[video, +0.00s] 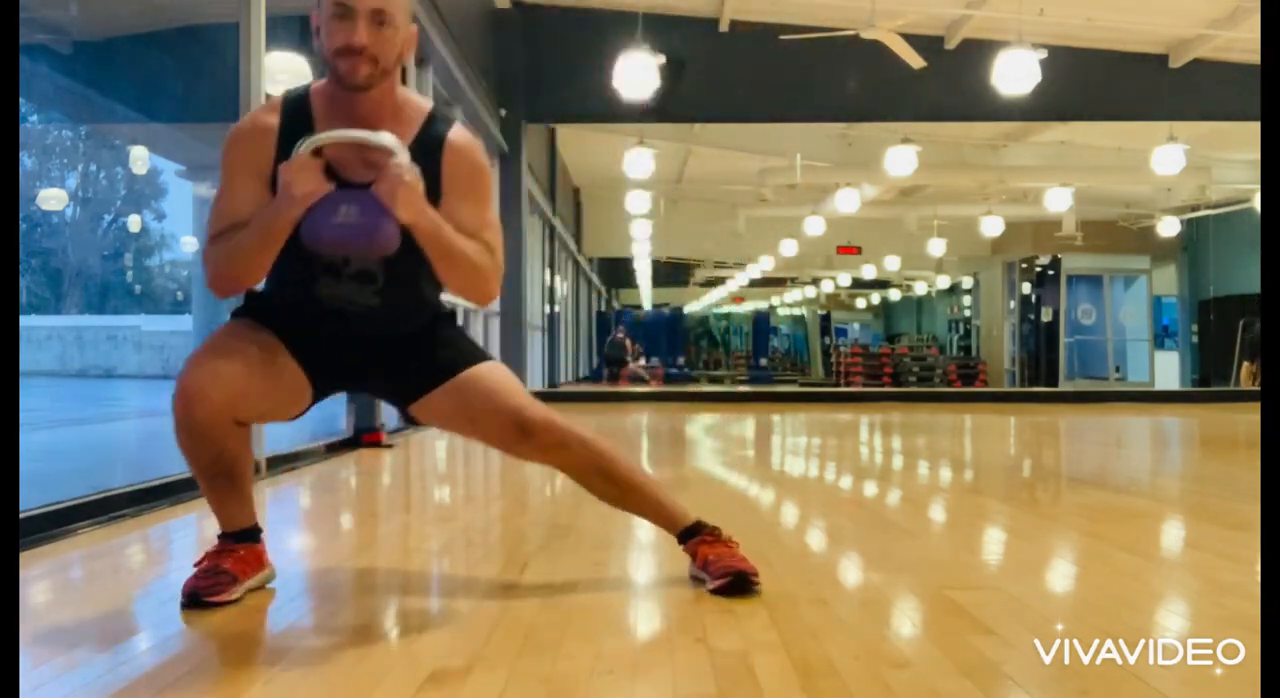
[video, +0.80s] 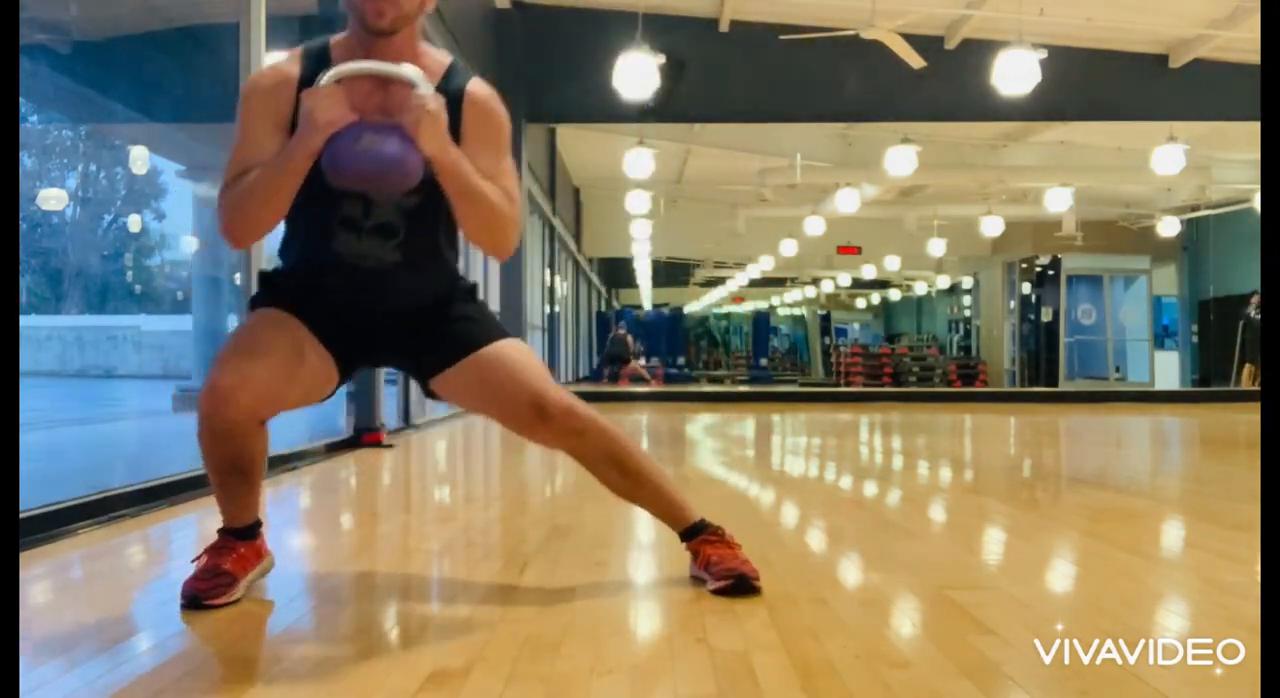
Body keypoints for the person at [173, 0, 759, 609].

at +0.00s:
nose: (358, 37)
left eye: (379, 21)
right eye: (342, 19)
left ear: (410, 38)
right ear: (317, 28)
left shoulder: (452, 147)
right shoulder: (263, 132)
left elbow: (484, 287)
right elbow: (223, 274)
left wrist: (418, 213)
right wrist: (284, 208)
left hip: (414, 336)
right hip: (295, 331)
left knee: (537, 431)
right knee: (199, 393)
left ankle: (696, 536)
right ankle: (240, 544)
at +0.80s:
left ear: (425, 2)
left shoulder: (470, 100)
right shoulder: (281, 85)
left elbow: (501, 238)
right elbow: (239, 227)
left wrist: (439, 144)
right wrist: (309, 135)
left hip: (431, 309)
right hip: (315, 306)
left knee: (555, 415)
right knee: (225, 398)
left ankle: (701, 536)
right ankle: (240, 541)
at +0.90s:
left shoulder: (504, 69)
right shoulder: (314, 50)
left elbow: (529, 205)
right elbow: (271, 189)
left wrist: (469, 99)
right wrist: (347, 95)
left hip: (459, 285)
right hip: (337, 281)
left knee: (572, 398)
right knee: (246, 395)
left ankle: (704, 536)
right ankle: (241, 540)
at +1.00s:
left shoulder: (541, 38)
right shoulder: (356, 22)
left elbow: (567, 168)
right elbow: (317, 153)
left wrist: (513, 70)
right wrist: (393, 57)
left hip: (492, 262)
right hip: (371, 261)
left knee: (598, 384)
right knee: (268, 393)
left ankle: (707, 535)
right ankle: (242, 543)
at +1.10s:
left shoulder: (589, 6)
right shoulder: (406, 2)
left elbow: (617, 131)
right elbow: (374, 119)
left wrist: (564, 36)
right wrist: (443, 22)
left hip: (542, 227)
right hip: (424, 224)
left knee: (631, 371)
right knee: (317, 379)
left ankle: (710, 534)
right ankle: (245, 544)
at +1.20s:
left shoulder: (644, 1)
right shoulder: (468, 1)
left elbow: (675, 92)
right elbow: (439, 91)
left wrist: (614, 1)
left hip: (602, 201)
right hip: (488, 198)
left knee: (665, 361)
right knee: (383, 360)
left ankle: (713, 534)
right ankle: (268, 523)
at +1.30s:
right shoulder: (516, 4)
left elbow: (722, 64)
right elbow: (485, 74)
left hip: (644, 177)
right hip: (535, 174)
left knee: (691, 353)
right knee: (442, 340)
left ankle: (716, 535)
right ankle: (373, 511)